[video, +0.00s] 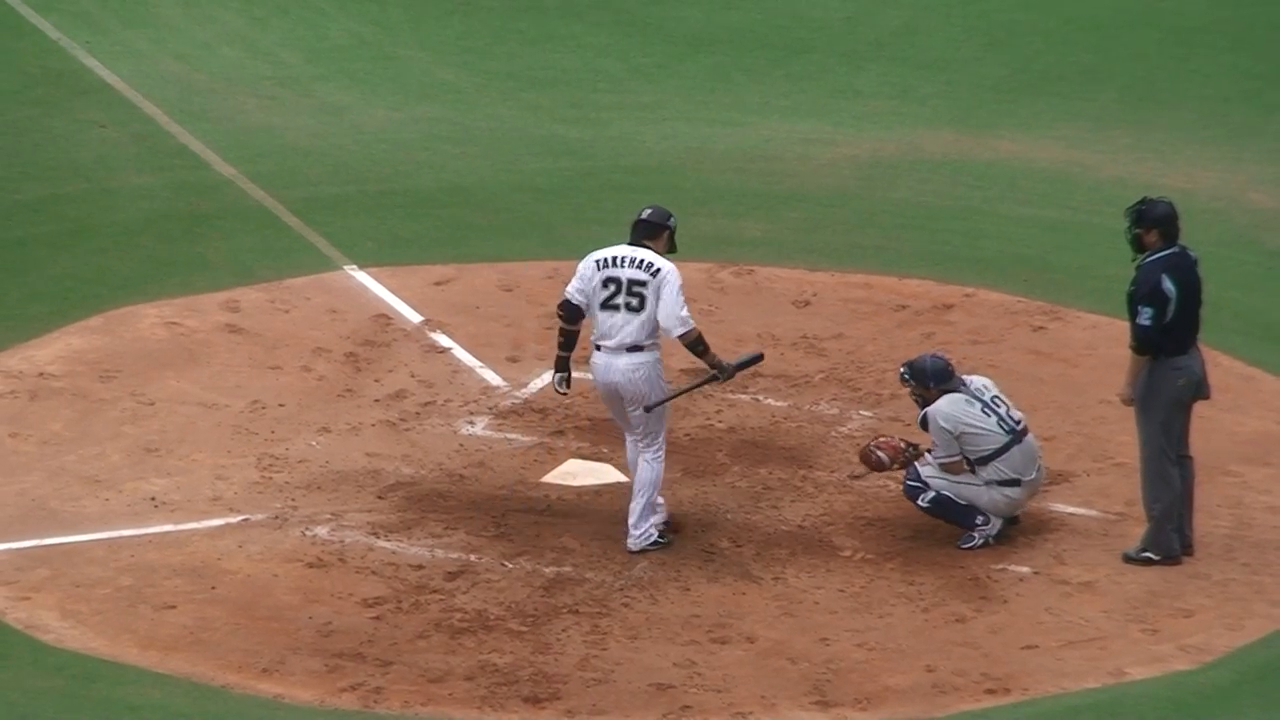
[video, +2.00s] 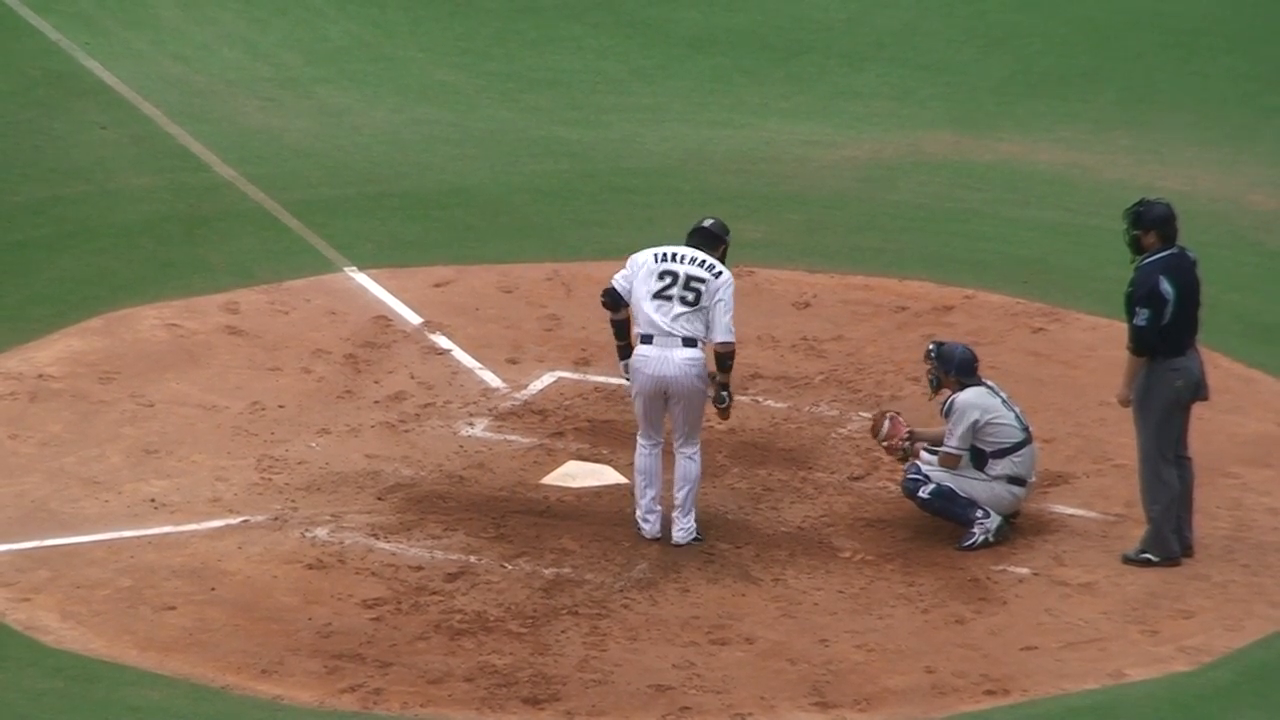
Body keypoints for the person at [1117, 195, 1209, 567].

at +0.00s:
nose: (1134, 234)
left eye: (1139, 229)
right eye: (1136, 228)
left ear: (1152, 235)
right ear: (1166, 232)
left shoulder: (1151, 273)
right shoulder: (1186, 260)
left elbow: (1143, 341)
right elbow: (1188, 322)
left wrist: (1129, 384)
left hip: (1163, 371)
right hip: (1187, 364)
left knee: (1157, 457)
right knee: (1177, 454)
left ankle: (1161, 542)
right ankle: (1179, 534)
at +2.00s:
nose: (1133, 236)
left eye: (1137, 231)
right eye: (1134, 229)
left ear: (1150, 236)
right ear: (1166, 233)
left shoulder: (1148, 275)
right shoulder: (1184, 260)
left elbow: (1140, 342)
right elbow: (1187, 323)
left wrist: (1126, 386)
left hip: (1161, 372)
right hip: (1186, 365)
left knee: (1155, 459)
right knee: (1175, 455)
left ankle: (1160, 544)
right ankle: (1178, 536)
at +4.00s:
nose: (1082, 249)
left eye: (1086, 244)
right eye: (1082, 242)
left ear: (1100, 248)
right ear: (1112, 245)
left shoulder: (1100, 289)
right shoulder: (1136, 269)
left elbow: (1094, 354)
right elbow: (1144, 326)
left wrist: (1079, 398)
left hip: (1124, 383)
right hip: (1150, 373)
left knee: (1094, 463)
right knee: (1140, 444)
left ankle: (1101, 557)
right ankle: (1146, 510)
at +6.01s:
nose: (1093, 236)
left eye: (1098, 232)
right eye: (1096, 230)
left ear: (1110, 237)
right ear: (1126, 234)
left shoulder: (1109, 276)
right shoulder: (1143, 261)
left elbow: (1106, 343)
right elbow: (1145, 321)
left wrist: (1095, 388)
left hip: (1124, 372)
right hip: (1147, 363)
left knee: (1108, 457)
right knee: (1139, 443)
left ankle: (1103, 553)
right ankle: (1145, 512)